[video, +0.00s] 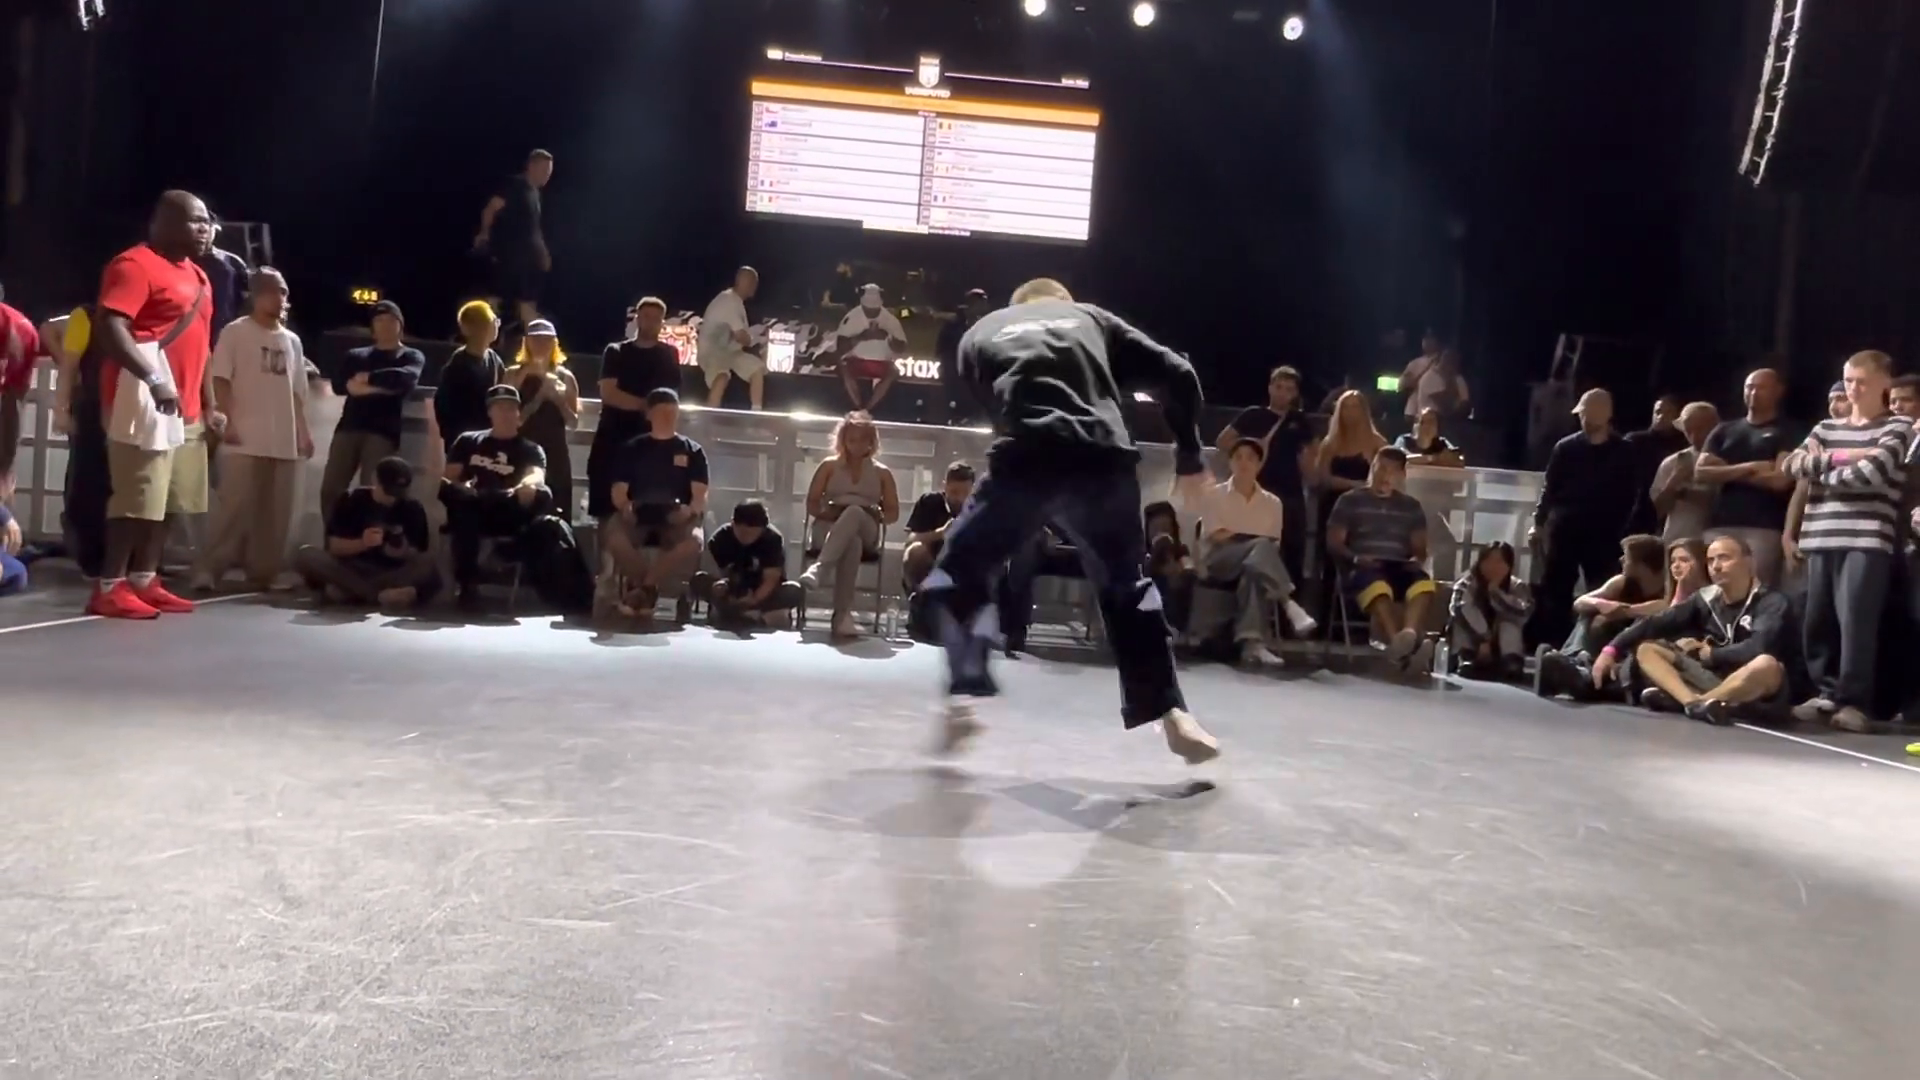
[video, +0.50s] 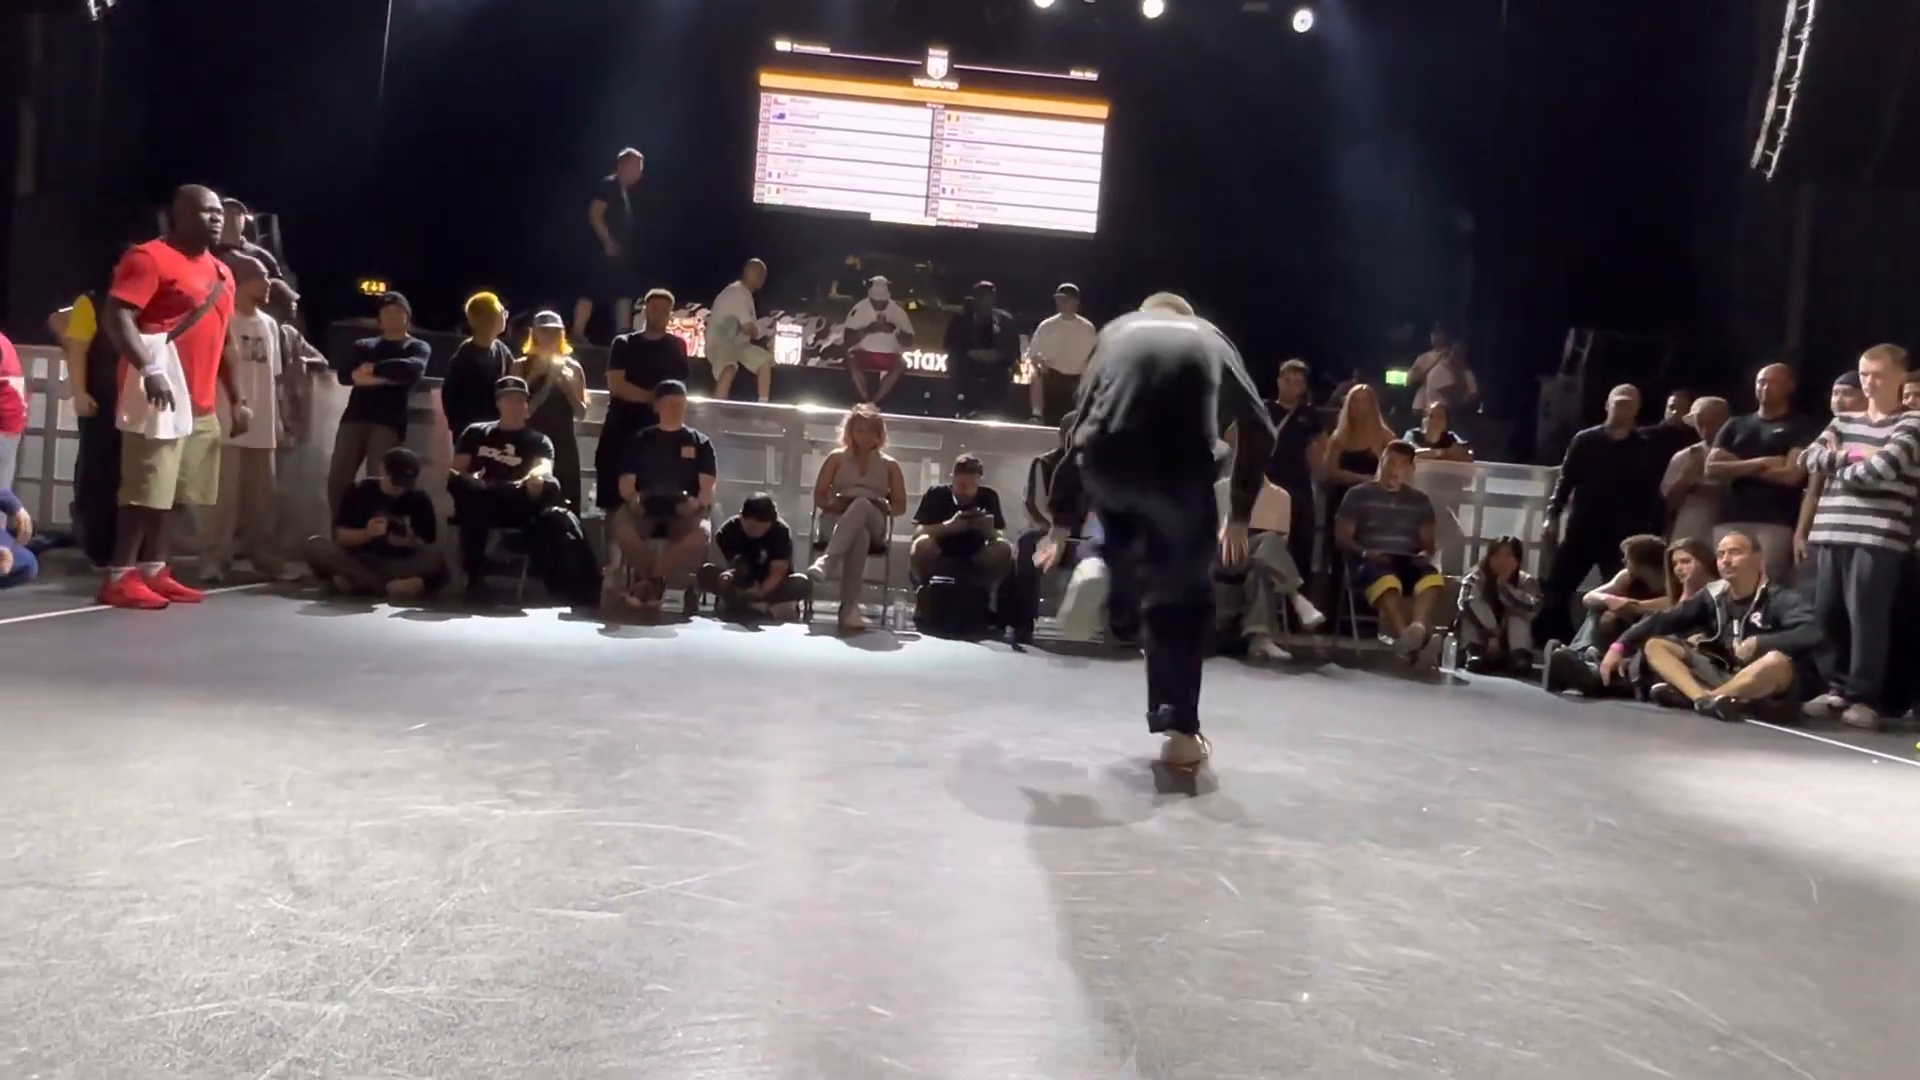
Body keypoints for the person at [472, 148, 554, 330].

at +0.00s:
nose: (548, 174)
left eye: (549, 169)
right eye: (544, 168)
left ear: (549, 170)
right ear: (532, 166)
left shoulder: (534, 193)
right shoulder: (515, 186)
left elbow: (534, 230)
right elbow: (491, 209)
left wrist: (543, 254)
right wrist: (484, 233)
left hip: (528, 254)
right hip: (505, 251)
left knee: (527, 302)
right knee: (494, 297)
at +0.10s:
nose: (565, 176)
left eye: (566, 172)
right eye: (562, 171)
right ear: (549, 168)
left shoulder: (549, 193)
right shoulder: (533, 188)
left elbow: (553, 229)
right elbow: (509, 213)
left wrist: (565, 252)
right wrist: (504, 237)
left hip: (545, 252)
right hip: (530, 251)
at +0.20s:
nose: (582, 173)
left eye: (584, 168)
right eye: (579, 167)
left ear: (581, 170)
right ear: (567, 167)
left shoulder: (568, 193)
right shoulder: (554, 189)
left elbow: (571, 230)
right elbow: (532, 214)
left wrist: (582, 250)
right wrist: (527, 242)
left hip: (562, 250)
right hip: (551, 249)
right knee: (567, 295)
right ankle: (569, 338)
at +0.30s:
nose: (599, 170)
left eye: (601, 166)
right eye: (596, 165)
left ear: (602, 169)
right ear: (584, 165)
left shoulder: (587, 192)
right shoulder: (570, 186)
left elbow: (584, 230)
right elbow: (554, 217)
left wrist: (593, 251)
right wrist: (554, 241)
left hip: (581, 252)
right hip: (566, 250)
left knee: (576, 296)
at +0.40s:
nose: (619, 169)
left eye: (621, 165)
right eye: (615, 164)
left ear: (620, 167)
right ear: (603, 163)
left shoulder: (603, 189)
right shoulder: (589, 184)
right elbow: (575, 213)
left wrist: (602, 242)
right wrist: (580, 241)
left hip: (600, 247)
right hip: (589, 247)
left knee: (600, 295)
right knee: (583, 294)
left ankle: (576, 328)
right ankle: (574, 335)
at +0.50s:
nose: (639, 172)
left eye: (640, 167)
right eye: (637, 166)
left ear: (636, 168)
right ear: (623, 165)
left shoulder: (623, 190)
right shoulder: (608, 185)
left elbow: (620, 221)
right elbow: (595, 214)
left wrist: (622, 243)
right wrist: (608, 242)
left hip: (622, 250)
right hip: (603, 249)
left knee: (624, 294)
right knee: (589, 292)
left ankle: (623, 336)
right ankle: (577, 334)